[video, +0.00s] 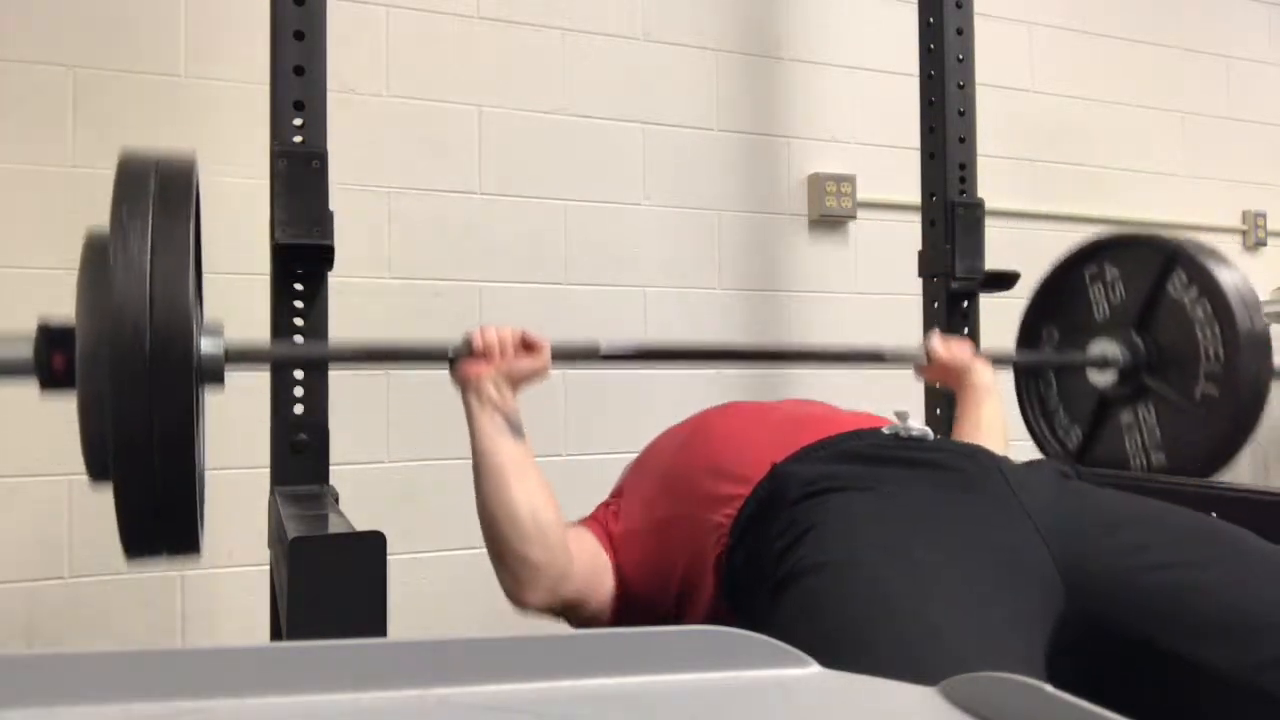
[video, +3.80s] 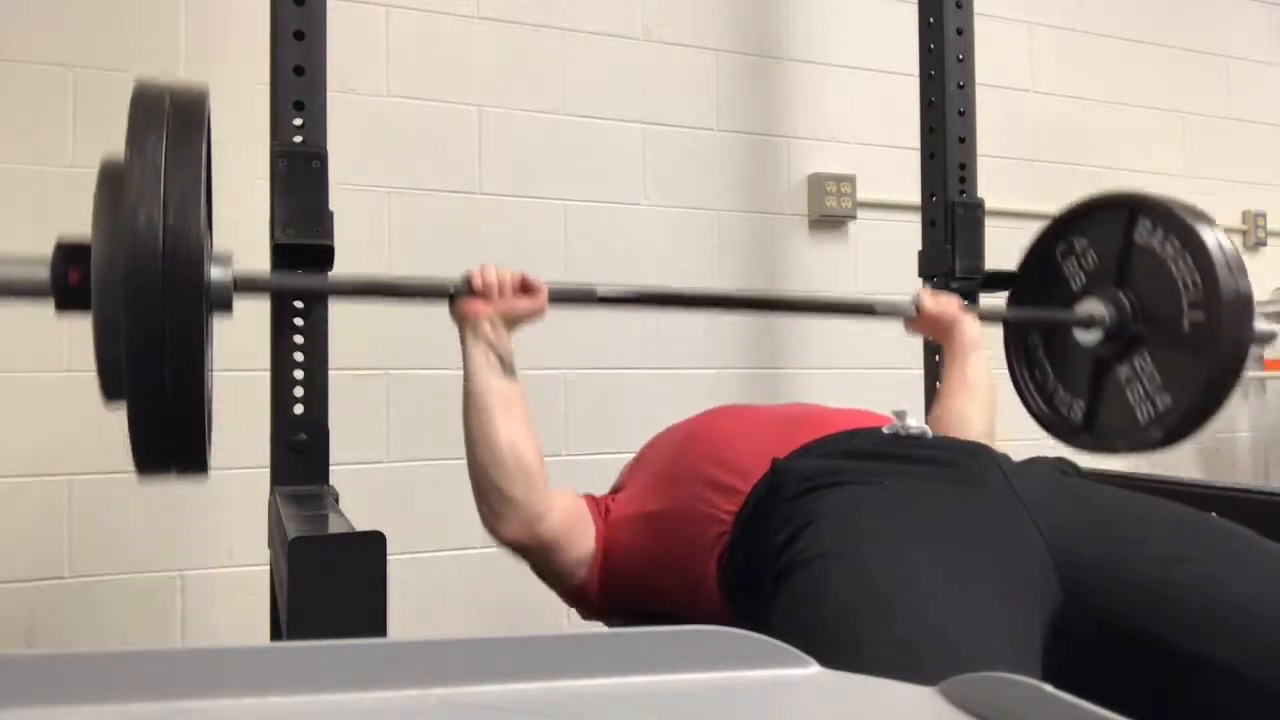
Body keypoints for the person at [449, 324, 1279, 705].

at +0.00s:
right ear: (652, 497)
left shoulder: (888, 435)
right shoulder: (630, 529)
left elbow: (991, 489)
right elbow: (541, 573)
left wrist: (981, 384)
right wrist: (490, 407)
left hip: (1033, 489)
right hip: (856, 509)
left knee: (1272, 623)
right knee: (933, 701)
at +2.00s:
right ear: (652, 476)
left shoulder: (867, 421)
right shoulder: (622, 533)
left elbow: (1026, 521)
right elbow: (546, 628)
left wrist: (984, 446)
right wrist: (493, 473)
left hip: (1028, 487)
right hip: (855, 504)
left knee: (1277, 608)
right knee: (942, 689)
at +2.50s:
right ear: (646, 485)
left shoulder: (869, 440)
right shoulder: (618, 543)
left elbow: (965, 466)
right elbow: (528, 508)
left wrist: (970, 347)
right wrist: (488, 343)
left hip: (1045, 486)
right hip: (857, 508)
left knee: (1276, 623)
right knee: (934, 697)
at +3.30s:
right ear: (647, 481)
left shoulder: (865, 422)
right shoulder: (625, 531)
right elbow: (551, 629)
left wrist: (986, 451)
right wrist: (499, 483)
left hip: (1035, 487)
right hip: (858, 504)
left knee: (1273, 608)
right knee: (932, 686)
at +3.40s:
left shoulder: (849, 425)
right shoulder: (613, 544)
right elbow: (555, 635)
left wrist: (986, 457)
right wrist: (498, 499)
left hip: (1035, 487)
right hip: (856, 506)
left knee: (1274, 607)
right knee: (929, 700)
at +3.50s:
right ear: (645, 488)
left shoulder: (870, 422)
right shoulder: (626, 529)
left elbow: (1032, 523)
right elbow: (559, 625)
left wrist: (996, 446)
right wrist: (501, 477)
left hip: (1043, 487)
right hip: (862, 499)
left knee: (1276, 610)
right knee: (939, 690)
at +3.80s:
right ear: (643, 492)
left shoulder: (863, 439)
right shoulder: (617, 544)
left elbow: (965, 464)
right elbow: (516, 505)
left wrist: (966, 339)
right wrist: (485, 342)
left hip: (1043, 482)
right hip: (857, 505)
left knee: (1273, 620)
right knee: (934, 673)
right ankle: (977, 703)